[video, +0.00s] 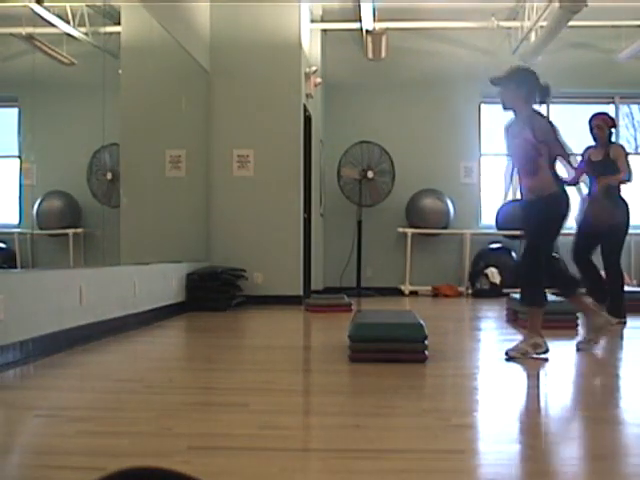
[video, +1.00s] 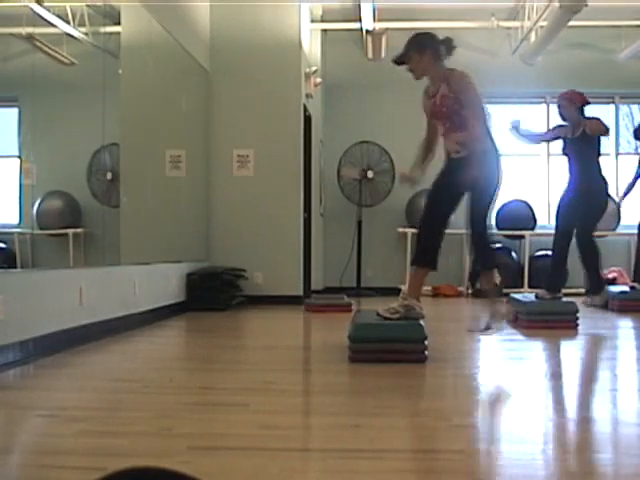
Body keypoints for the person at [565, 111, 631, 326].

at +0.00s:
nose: (597, 131)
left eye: (601, 127)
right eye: (594, 128)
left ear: (609, 128)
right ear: (591, 130)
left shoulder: (617, 149)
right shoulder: (589, 153)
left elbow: (626, 175)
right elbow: (575, 178)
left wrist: (605, 180)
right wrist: (561, 180)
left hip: (614, 207)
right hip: (593, 207)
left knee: (611, 259)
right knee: (580, 254)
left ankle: (616, 311)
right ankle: (602, 297)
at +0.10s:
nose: (593, 130)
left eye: (597, 126)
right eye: (590, 127)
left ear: (607, 127)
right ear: (587, 130)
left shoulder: (613, 148)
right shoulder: (586, 150)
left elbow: (609, 168)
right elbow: (565, 170)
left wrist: (588, 161)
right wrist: (548, 164)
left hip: (611, 209)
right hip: (589, 208)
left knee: (611, 259)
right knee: (566, 237)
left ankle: (617, 312)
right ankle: (584, 283)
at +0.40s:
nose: (568, 125)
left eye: (571, 120)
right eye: (564, 122)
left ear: (579, 121)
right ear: (561, 124)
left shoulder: (589, 140)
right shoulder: (560, 145)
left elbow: (597, 158)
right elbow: (542, 160)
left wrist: (574, 166)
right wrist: (532, 161)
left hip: (593, 201)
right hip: (571, 200)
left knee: (593, 251)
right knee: (553, 235)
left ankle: (610, 305)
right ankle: (552, 288)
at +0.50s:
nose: (558, 120)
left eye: (561, 115)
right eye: (555, 116)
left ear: (572, 115)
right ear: (552, 118)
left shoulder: (586, 134)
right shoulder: (554, 139)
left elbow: (608, 156)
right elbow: (540, 158)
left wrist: (596, 175)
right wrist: (531, 174)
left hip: (589, 194)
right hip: (567, 193)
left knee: (579, 241)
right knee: (552, 237)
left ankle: (596, 291)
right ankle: (552, 289)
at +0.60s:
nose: (553, 112)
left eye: (557, 107)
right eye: (551, 108)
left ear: (567, 108)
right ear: (549, 111)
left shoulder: (585, 130)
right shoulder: (549, 136)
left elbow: (611, 152)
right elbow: (544, 159)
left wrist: (603, 179)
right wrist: (542, 181)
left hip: (587, 188)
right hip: (564, 188)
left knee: (568, 229)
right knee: (556, 236)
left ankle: (576, 282)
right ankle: (553, 287)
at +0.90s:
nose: (554, 113)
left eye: (558, 109)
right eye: (553, 109)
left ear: (570, 108)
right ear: (553, 111)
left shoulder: (587, 126)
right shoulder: (555, 132)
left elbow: (611, 145)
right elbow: (542, 150)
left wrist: (596, 155)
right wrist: (530, 159)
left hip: (588, 187)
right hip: (566, 187)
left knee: (570, 231)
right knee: (557, 232)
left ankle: (567, 284)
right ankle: (552, 285)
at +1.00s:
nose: (560, 111)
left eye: (564, 107)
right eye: (559, 107)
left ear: (576, 107)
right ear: (562, 109)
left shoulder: (593, 124)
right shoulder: (563, 130)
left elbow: (603, 131)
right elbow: (539, 138)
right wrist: (518, 132)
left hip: (595, 189)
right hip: (573, 190)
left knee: (584, 235)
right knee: (561, 237)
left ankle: (597, 290)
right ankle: (552, 288)